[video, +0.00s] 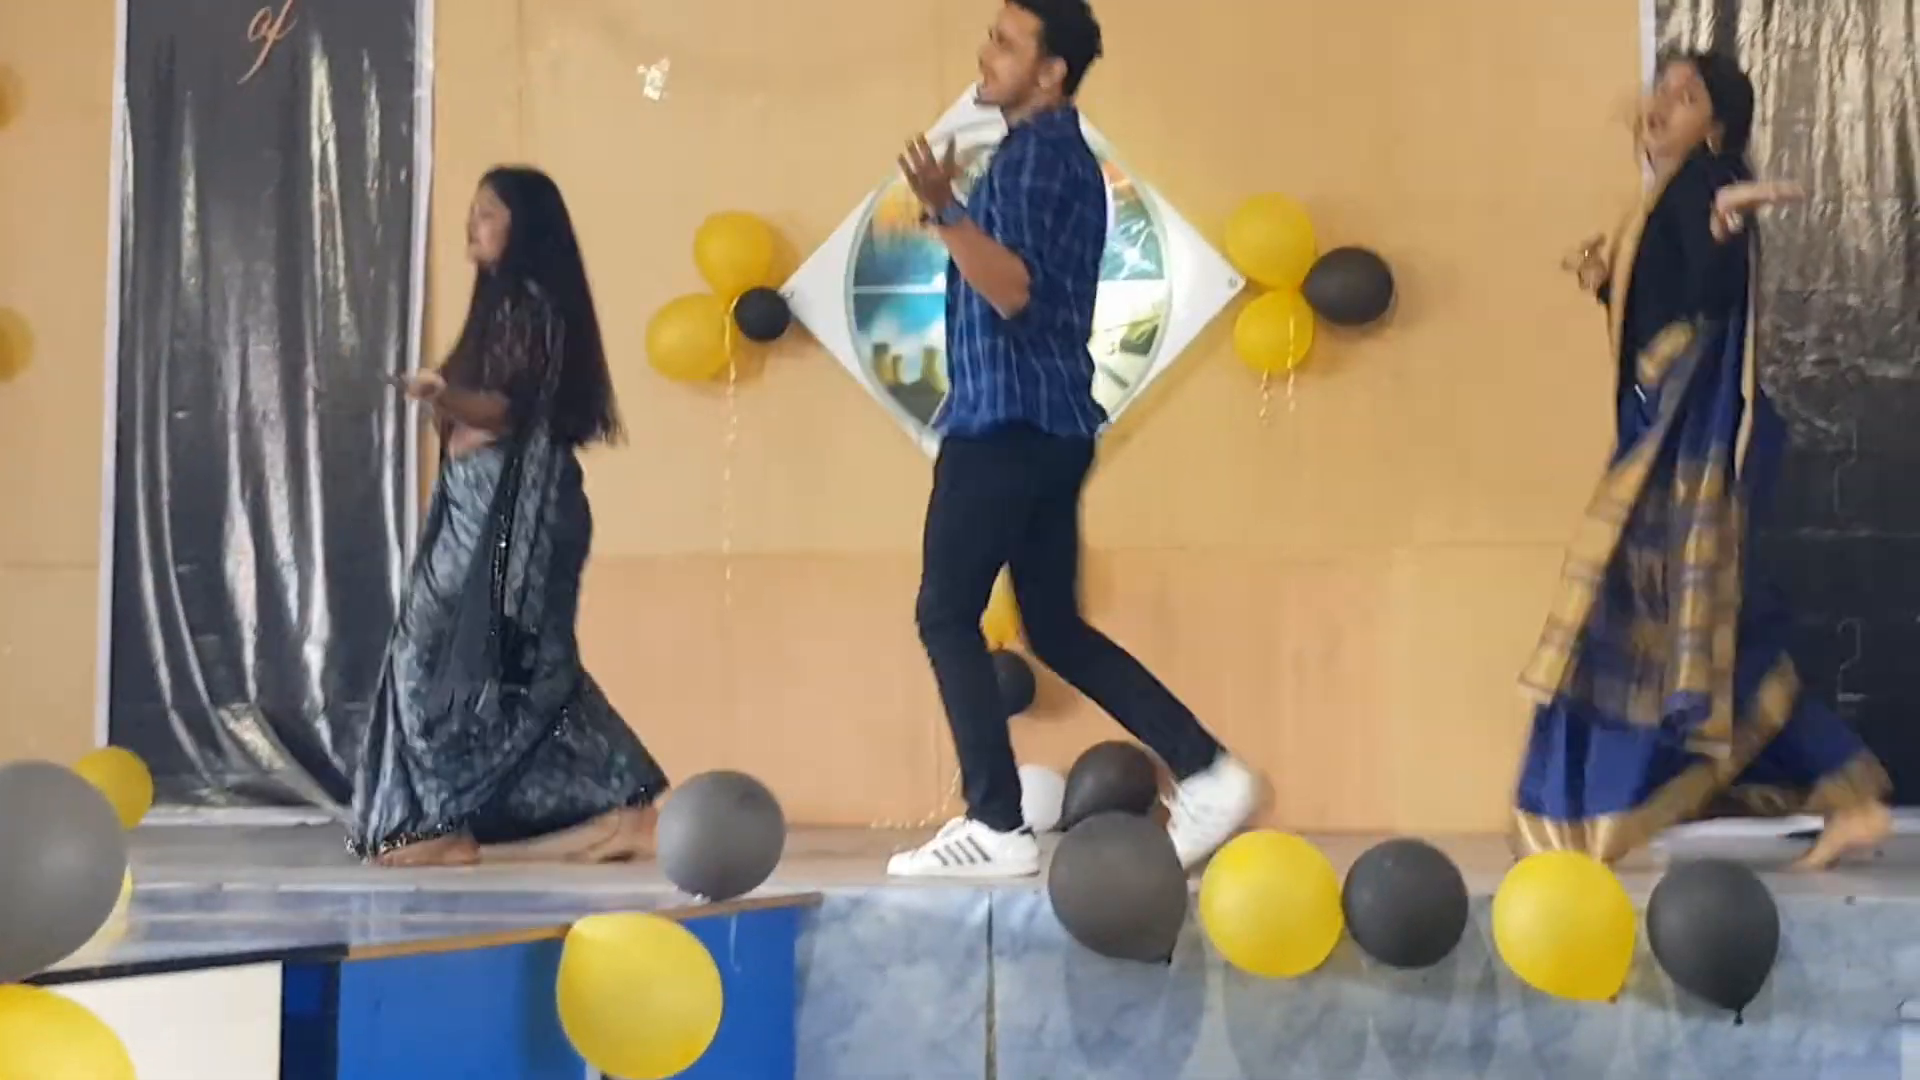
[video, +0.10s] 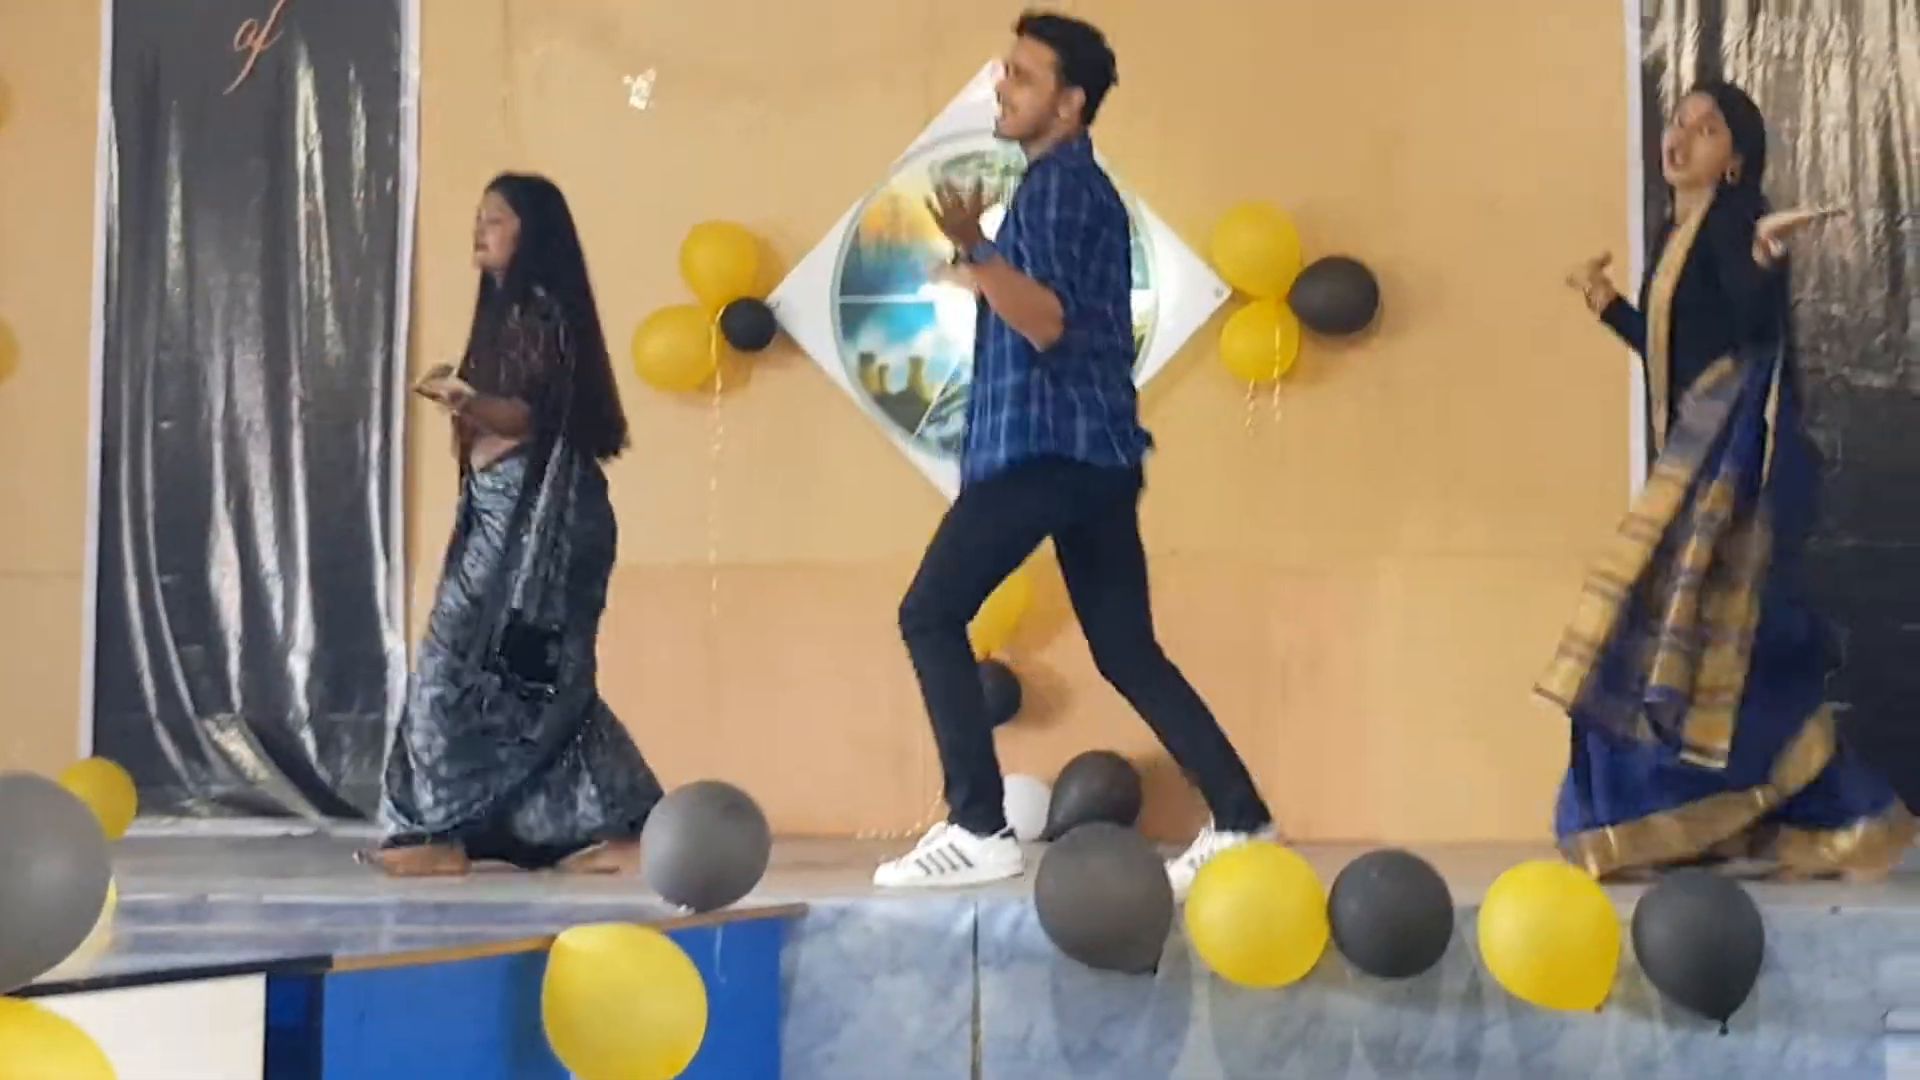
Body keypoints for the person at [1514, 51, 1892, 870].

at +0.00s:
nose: (1657, 103)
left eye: (1679, 95)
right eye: (1659, 88)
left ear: (1714, 123)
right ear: (1653, 106)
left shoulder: (1704, 185)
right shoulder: (1661, 194)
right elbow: (1657, 300)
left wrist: (1734, 208)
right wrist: (1606, 275)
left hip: (1694, 431)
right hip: (1663, 427)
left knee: (1619, 608)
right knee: (1725, 621)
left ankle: (1594, 813)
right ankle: (1847, 793)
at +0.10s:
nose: (1679, 138)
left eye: (1701, 130)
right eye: (1675, 123)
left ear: (1736, 154)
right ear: (1665, 138)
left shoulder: (1738, 224)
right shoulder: (1676, 231)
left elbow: (1758, 338)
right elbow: (1666, 349)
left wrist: (1766, 258)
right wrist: (1608, 307)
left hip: (1738, 460)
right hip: (1691, 455)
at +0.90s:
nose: (1557, 239)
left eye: (1570, 227)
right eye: (1539, 231)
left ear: (1596, 246)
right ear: (1518, 256)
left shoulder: (1647, 334)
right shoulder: (1495, 353)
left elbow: (1684, 477)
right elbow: (1494, 479)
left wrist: (1697, 410)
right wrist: (1465, 459)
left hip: (1625, 564)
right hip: (1528, 569)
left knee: (1629, 745)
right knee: (1505, 743)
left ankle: (1638, 945)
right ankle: (1558, 943)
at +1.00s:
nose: (1513, 248)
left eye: (1527, 234)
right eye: (1497, 236)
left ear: (1549, 250)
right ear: (1473, 256)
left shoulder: (1598, 326)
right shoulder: (1458, 357)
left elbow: (1673, 414)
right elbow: (1418, 489)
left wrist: (1656, 317)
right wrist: (1431, 433)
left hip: (1592, 556)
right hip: (1501, 564)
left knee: (1591, 734)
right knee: (1456, 723)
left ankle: (1617, 933)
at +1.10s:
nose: (1459, 228)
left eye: (1471, 216)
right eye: (1443, 213)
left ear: (1488, 235)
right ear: (1411, 234)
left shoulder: (1524, 297)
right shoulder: (1392, 334)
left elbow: (1637, 329)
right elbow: (1372, 450)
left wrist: (1617, 245)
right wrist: (1405, 363)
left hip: (1549, 523)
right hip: (1458, 532)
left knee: (1560, 714)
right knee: (1398, 708)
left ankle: (1584, 925)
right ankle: (1308, 911)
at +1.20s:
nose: (1398, 235)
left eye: (1412, 223)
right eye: (1384, 219)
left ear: (1424, 236)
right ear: (1349, 228)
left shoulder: (1456, 304)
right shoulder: (1327, 329)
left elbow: (1571, 324)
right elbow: (1333, 428)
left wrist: (1584, 243)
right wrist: (1397, 329)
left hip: (1507, 530)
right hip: (1413, 541)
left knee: (1538, 714)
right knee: (1346, 713)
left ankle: (1609, 917)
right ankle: (1255, 903)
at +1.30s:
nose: (1346, 260)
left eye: (1361, 250)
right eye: (1333, 243)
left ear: (1372, 262)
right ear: (1301, 246)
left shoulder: (1389, 335)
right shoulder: (1263, 338)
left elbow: (1509, 359)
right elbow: (1284, 434)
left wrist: (1560, 273)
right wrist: (1350, 387)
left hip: (1441, 540)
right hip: (1345, 550)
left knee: (1487, 714)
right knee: (1307, 726)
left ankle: (1611, 915)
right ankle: (1245, 931)